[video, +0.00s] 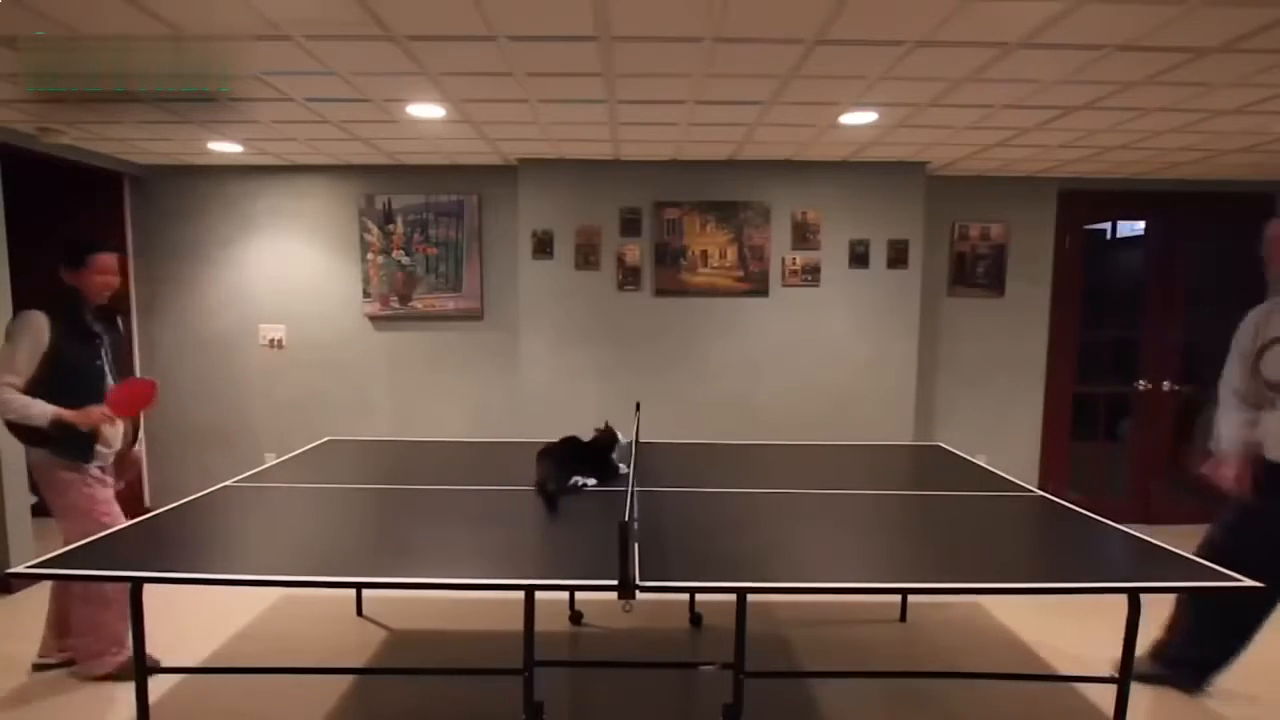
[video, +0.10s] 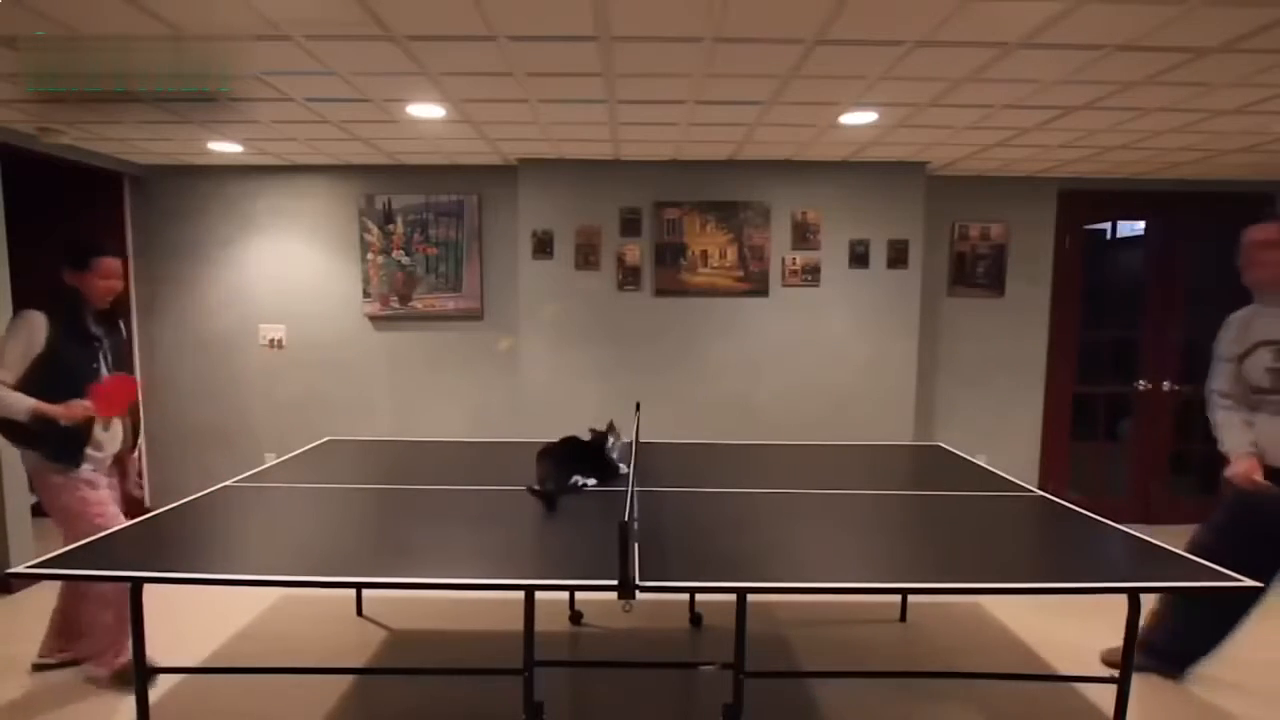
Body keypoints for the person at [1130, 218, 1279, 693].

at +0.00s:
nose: (1273, 260)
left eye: (1276, 249)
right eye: (1272, 250)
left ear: (1277, 256)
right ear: (1266, 256)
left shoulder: (1262, 323)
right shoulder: (1259, 323)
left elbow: (1235, 392)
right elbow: (1236, 391)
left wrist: (1235, 448)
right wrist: (1231, 450)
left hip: (1274, 473)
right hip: (1270, 470)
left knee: (1234, 561)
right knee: (1231, 563)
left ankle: (1185, 661)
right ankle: (1182, 661)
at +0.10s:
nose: (1258, 263)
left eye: (1267, 253)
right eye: (1252, 254)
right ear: (1242, 265)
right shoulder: (1241, 326)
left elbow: (1223, 396)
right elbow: (1223, 397)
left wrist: (1245, 453)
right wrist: (1241, 452)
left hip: (1273, 481)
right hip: (1261, 475)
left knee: (1220, 558)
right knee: (1216, 560)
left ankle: (1167, 650)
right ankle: (1164, 650)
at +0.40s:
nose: (1182, 261)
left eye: (1195, 252)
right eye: (1179, 251)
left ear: (1236, 257)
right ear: (1176, 258)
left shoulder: (1273, 309)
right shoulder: (1173, 321)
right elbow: (1151, 381)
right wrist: (1149, 423)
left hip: (1261, 471)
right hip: (1188, 467)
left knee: (1269, 587)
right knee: (1161, 560)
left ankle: (1278, 683)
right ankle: (1156, 651)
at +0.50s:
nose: (1183, 256)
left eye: (1197, 247)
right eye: (1180, 247)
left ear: (1235, 253)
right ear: (1176, 256)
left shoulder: (1271, 309)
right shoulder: (1169, 321)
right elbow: (1149, 381)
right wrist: (1146, 421)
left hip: (1257, 470)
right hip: (1185, 467)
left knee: (1266, 589)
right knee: (1158, 561)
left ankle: (1277, 686)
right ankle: (1155, 651)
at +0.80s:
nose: (1158, 277)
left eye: (1169, 265)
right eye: (1154, 268)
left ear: (1207, 267)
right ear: (1155, 276)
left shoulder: (1260, 322)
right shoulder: (1158, 335)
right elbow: (1142, 390)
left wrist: (1277, 501)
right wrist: (1112, 411)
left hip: (1247, 478)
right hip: (1176, 476)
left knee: (1260, 598)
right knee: (1136, 558)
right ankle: (1087, 635)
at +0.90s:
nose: (1109, 297)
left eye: (1119, 285)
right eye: (1105, 287)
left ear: (1156, 282)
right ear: (1107, 292)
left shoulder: (1210, 338)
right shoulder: (1117, 341)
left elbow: (1252, 418)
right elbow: (1083, 382)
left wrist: (1248, 499)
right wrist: (1054, 404)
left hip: (1202, 488)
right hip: (1138, 484)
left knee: (1238, 602)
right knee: (1091, 546)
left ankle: (1279, 687)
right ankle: (1076, 630)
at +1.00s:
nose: (1072, 295)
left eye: (1082, 285)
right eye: (1070, 286)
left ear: (1120, 287)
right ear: (1076, 292)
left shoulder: (1177, 342)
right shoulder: (1078, 343)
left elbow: (1215, 418)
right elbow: (1029, 369)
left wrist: (1209, 492)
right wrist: (988, 386)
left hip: (1175, 484)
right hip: (1114, 481)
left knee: (1218, 596)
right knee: (1068, 546)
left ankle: (1275, 694)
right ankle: (1072, 631)